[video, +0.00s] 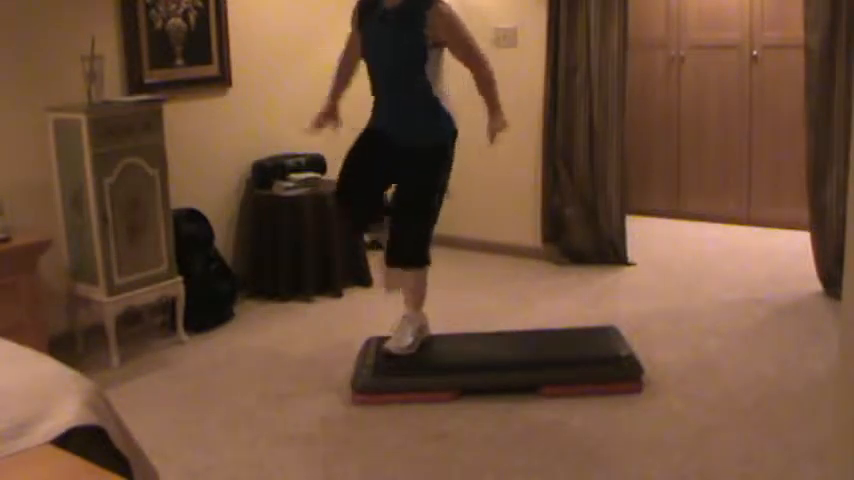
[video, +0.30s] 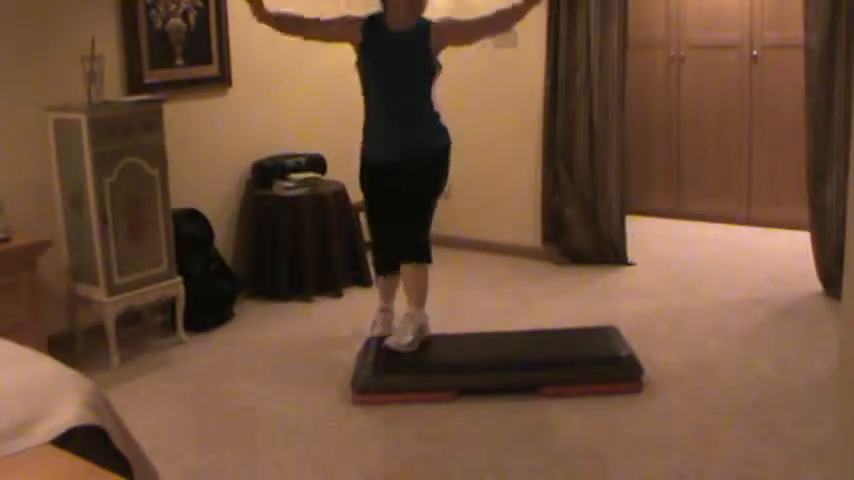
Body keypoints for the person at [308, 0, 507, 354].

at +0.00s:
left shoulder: (434, 12)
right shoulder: (366, 11)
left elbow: (478, 63)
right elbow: (350, 58)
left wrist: (494, 110)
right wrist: (332, 101)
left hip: (429, 134)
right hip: (384, 130)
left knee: (410, 228)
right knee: (349, 201)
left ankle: (414, 318)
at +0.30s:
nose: (404, 7)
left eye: (410, 3)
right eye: (398, 2)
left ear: (419, 3)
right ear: (386, 1)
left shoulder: (434, 32)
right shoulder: (362, 29)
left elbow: (489, 25)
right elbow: (309, 27)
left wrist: (527, 5)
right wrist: (264, 15)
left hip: (425, 149)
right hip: (378, 151)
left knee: (412, 233)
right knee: (382, 237)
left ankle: (415, 318)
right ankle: (385, 312)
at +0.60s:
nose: (446, 3)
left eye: (446, 1)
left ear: (444, 5)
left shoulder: (453, 34)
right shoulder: (386, 32)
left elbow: (486, 68)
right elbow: (333, 68)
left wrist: (513, 100)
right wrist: (309, 115)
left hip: (442, 145)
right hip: (396, 147)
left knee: (464, 224)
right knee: (393, 232)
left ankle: (462, 295)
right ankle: (382, 313)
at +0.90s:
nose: (485, 5)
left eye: (488, 2)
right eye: (479, 1)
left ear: (492, 5)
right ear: (463, 3)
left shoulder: (497, 38)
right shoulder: (437, 36)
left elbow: (508, 81)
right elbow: (395, 79)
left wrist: (511, 121)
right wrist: (383, 131)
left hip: (482, 152)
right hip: (442, 152)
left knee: (483, 233)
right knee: (454, 233)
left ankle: (464, 307)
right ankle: (428, 296)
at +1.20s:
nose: (525, 5)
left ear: (530, 4)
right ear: (497, 4)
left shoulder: (534, 38)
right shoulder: (482, 40)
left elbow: (587, 34)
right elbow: (434, 50)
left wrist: (625, 10)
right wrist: (435, 28)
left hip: (505, 161)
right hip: (473, 161)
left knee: (483, 235)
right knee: (531, 217)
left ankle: (462, 309)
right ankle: (550, 310)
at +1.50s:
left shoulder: (574, 6)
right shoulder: (510, 8)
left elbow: (603, 33)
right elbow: (460, 50)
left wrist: (632, 66)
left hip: (541, 123)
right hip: (504, 124)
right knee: (538, 207)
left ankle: (526, 254)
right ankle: (552, 309)